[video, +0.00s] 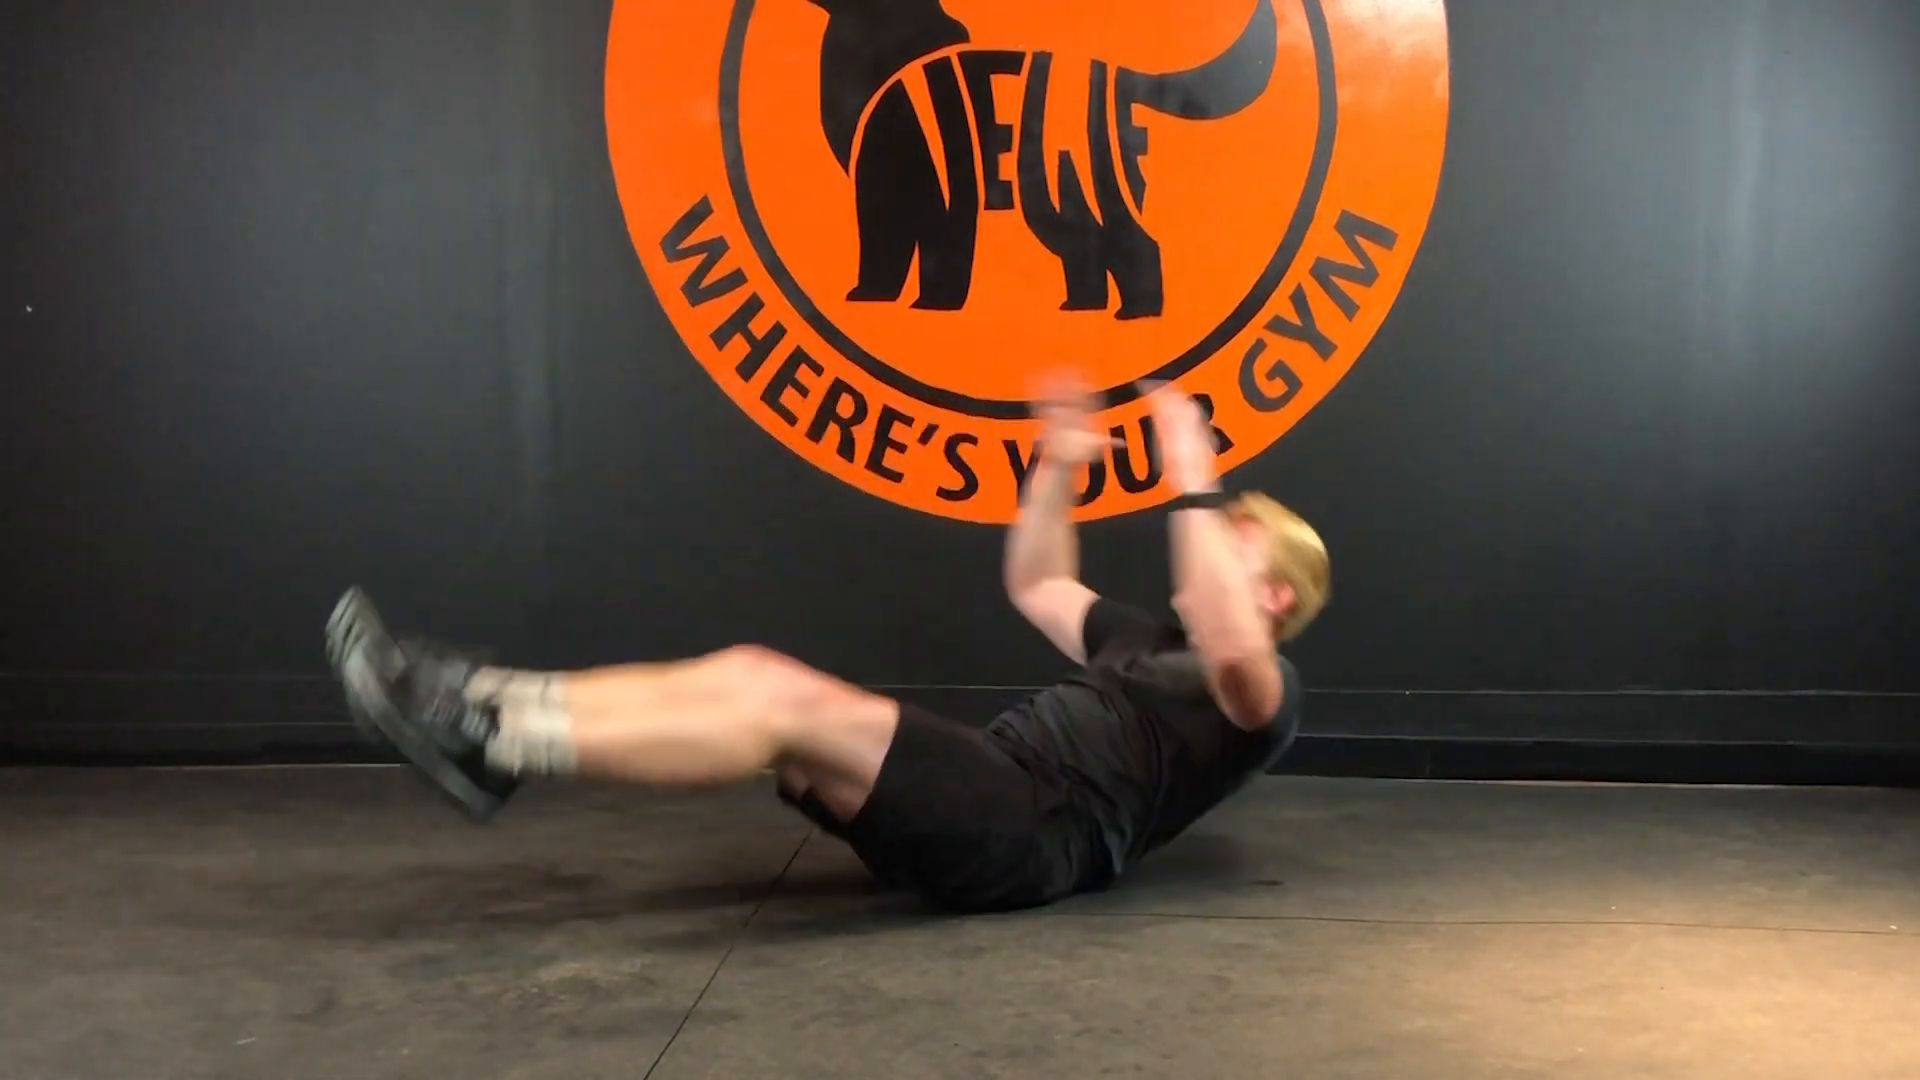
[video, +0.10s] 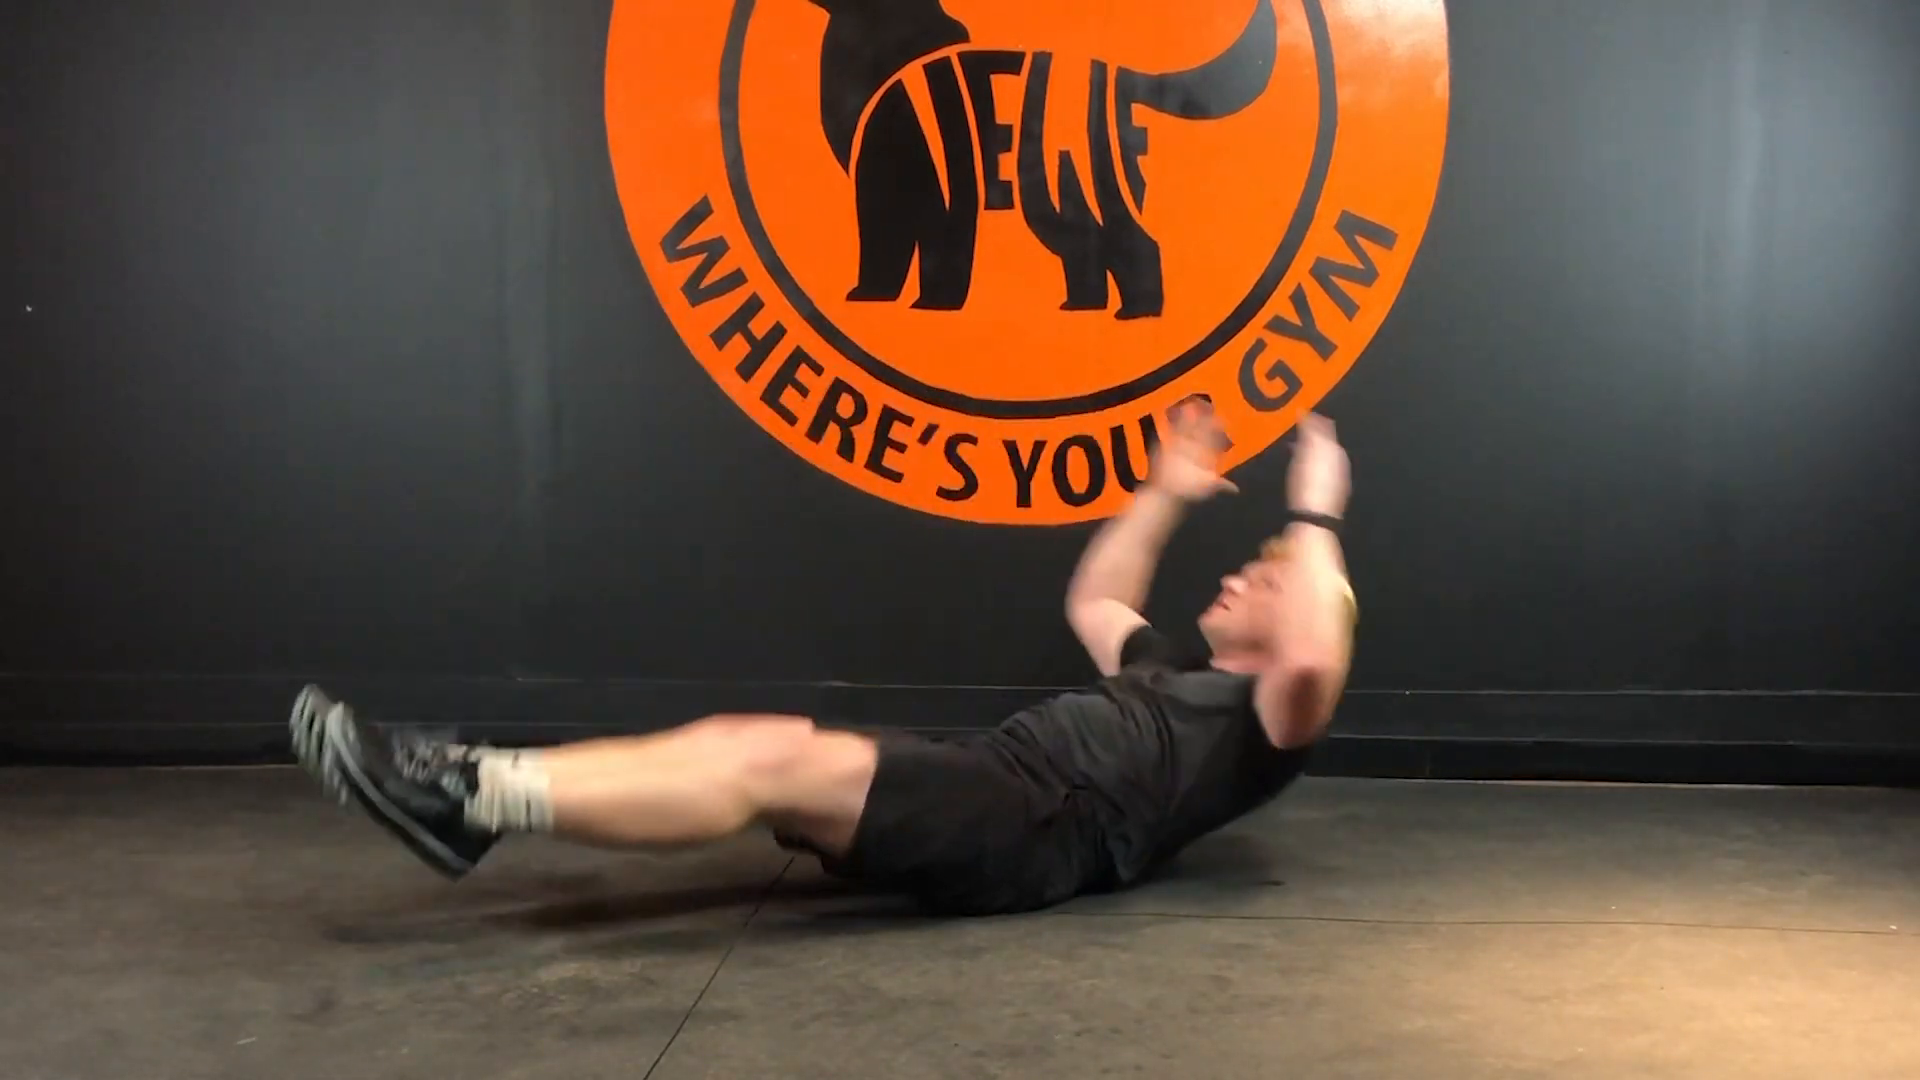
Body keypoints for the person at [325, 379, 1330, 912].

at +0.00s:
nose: (1204, 554)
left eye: (1233, 550)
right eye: (1208, 543)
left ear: (1277, 601)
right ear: (1219, 567)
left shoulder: (1252, 702)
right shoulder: (1146, 646)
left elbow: (1224, 632)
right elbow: (1041, 583)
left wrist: (1191, 474)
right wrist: (1056, 471)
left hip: (1028, 829)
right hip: (965, 792)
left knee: (776, 692)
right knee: (750, 671)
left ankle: (475, 721)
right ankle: (487, 725)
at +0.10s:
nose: (1233, 582)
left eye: (1262, 580)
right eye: (1243, 570)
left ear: (1301, 632)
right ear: (1236, 600)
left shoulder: (1257, 723)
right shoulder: (1162, 678)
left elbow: (1315, 649)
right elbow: (1100, 600)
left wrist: (1313, 514)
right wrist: (1168, 488)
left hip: (1025, 825)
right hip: (965, 788)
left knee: (767, 759)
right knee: (733, 740)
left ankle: (484, 800)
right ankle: (460, 787)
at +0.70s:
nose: (1301, 669)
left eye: (1322, 675)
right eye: (1306, 660)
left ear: (1341, 720)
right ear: (1292, 679)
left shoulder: (1299, 770)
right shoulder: (1200, 725)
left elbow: (1274, 646)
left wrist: (1222, 503)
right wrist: (1185, 493)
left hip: (1042, 830)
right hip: (992, 786)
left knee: (821, 709)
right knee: (784, 714)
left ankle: (503, 721)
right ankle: (511, 738)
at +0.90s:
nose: (1143, 584)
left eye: (1168, 567)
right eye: (1146, 563)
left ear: (1236, 587)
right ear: (1201, 580)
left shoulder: (1248, 663)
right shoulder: (1149, 652)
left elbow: (1120, 630)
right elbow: (1016, 594)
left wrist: (978, 562)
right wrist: (911, 488)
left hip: (1030, 831)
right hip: (972, 823)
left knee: (886, 603)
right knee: (851, 602)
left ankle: (607, 536)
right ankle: (590, 547)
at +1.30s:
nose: (1136, 549)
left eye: (1161, 537)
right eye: (1136, 532)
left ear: (1230, 566)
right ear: (1133, 531)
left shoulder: (1239, 650)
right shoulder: (1104, 608)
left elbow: (1120, 592)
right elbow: (973, 560)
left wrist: (1025, 470)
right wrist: (918, 461)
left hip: (1039, 830)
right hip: (958, 819)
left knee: (907, 595)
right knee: (863, 595)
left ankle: (642, 521)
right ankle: (623, 510)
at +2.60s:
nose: (1103, 519)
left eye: (1129, 504)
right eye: (1107, 501)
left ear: (1195, 528)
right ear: (1110, 517)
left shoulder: (1213, 631)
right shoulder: (1082, 594)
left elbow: (1099, 632)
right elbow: (939, 580)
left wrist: (987, 515)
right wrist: (862, 495)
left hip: (1023, 837)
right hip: (934, 825)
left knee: (922, 592)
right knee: (866, 588)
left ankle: (651, 524)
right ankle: (632, 533)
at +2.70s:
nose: (1139, 537)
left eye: (1166, 523)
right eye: (1146, 522)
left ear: (1230, 557)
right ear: (1169, 541)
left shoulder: (1242, 662)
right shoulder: (1104, 608)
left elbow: (1145, 643)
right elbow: (972, 592)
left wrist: (1073, 498)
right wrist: (929, 485)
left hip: (1027, 834)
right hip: (945, 819)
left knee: (878, 612)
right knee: (817, 602)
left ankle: (589, 609)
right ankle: (570, 590)